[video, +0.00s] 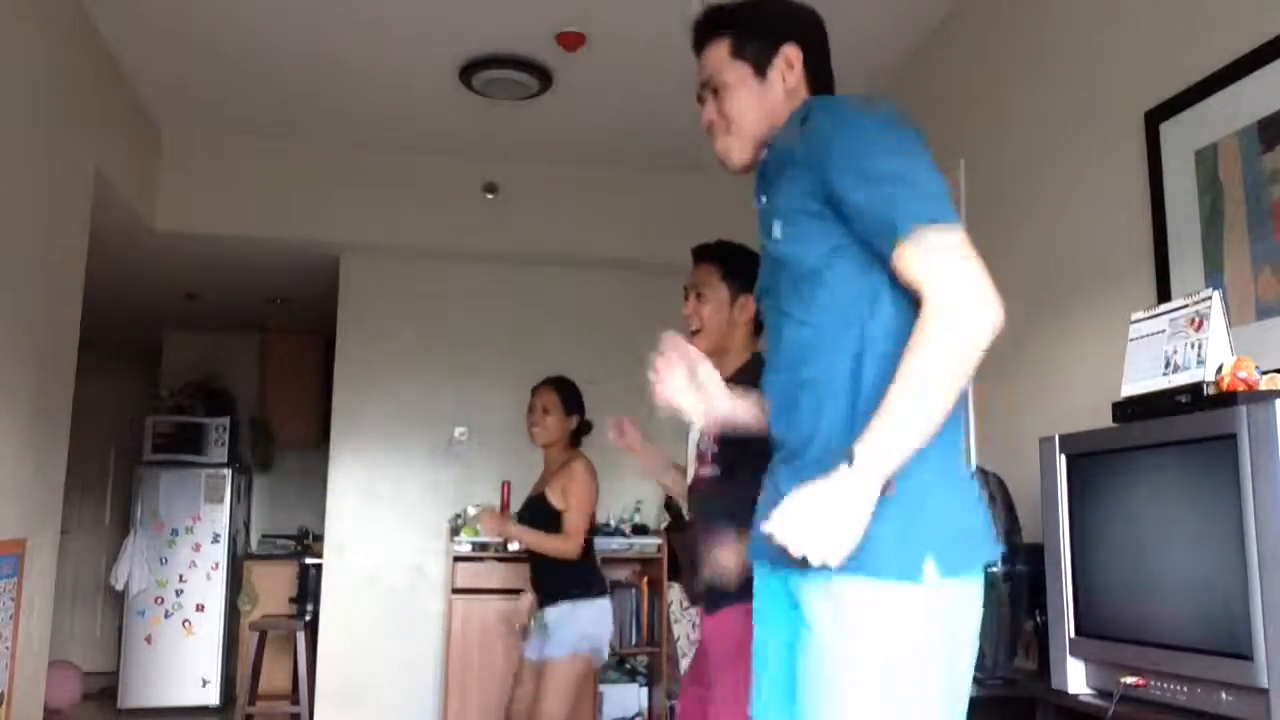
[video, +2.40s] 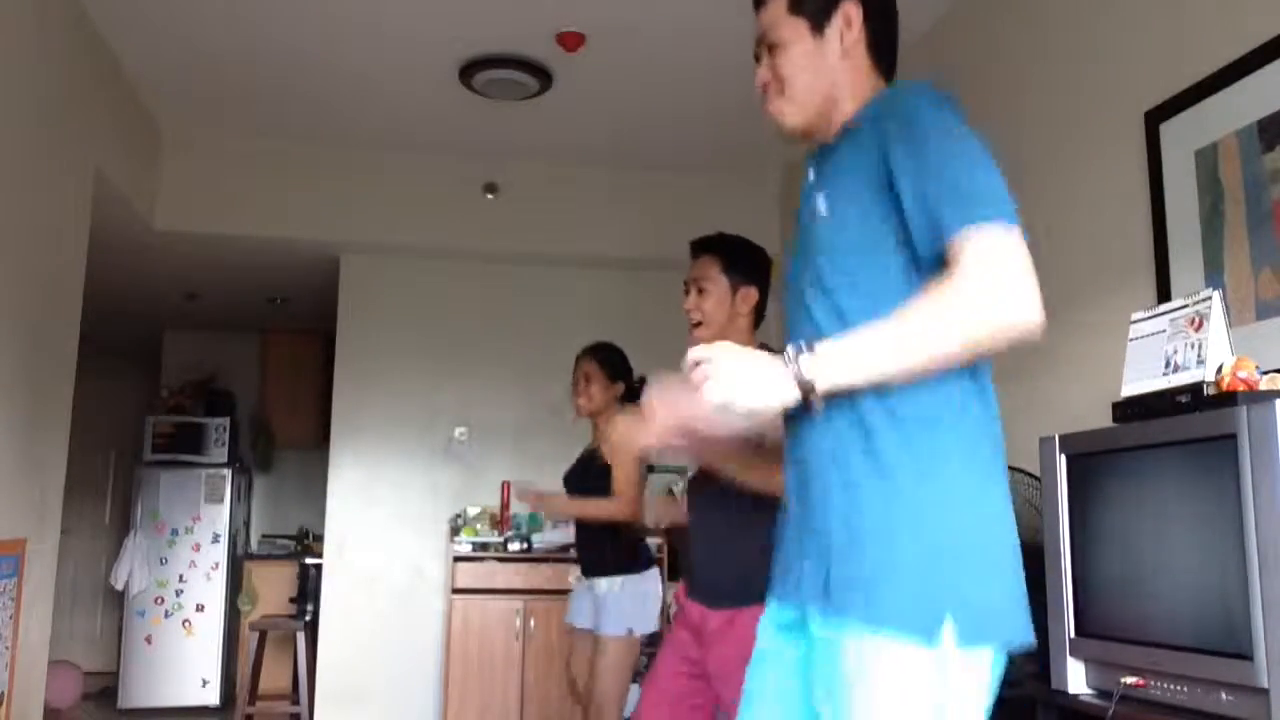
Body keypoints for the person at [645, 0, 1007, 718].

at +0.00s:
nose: (704, 115)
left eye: (716, 89)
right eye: (702, 97)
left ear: (785, 71)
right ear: (780, 76)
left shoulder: (842, 129)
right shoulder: (785, 187)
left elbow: (968, 303)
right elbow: (830, 397)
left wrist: (860, 477)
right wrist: (723, 405)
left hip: (890, 562)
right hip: (798, 553)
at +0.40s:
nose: (745, 84)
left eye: (759, 61)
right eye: (745, 66)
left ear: (833, 50)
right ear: (828, 53)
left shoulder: (891, 153)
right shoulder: (805, 183)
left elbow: (1017, 328)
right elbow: (837, 380)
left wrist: (852, 427)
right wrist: (758, 459)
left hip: (922, 554)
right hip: (830, 551)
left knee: (927, 710)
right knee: (802, 711)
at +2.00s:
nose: (760, 74)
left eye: (772, 47)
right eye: (759, 55)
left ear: (847, 35)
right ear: (840, 39)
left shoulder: (902, 119)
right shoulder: (812, 178)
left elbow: (1011, 299)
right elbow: (861, 398)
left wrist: (870, 462)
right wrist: (762, 466)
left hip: (915, 579)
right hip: (815, 575)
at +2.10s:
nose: (757, 113)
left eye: (773, 87)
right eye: (757, 94)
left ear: (848, 78)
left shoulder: (914, 185)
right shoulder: (816, 228)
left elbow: (997, 388)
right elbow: (860, 430)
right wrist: (746, 448)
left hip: (936, 627)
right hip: (817, 619)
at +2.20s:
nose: (754, 139)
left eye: (770, 112)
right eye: (757, 119)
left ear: (844, 104)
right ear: (842, 108)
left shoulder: (915, 232)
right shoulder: (822, 262)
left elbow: (1010, 448)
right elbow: (877, 461)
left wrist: (907, 600)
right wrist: (780, 498)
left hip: (946, 636)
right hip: (839, 625)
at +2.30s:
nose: (758, 115)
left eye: (773, 85)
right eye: (759, 92)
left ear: (847, 70)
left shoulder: (933, 196)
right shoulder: (820, 228)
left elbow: (1021, 405)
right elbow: (837, 425)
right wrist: (770, 517)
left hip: (933, 656)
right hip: (823, 635)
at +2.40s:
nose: (760, 76)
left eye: (772, 47)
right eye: (758, 57)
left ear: (846, 28)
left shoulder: (910, 117)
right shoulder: (821, 181)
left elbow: (1007, 294)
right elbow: (840, 414)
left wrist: (798, 373)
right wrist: (717, 420)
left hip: (915, 597)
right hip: (811, 588)